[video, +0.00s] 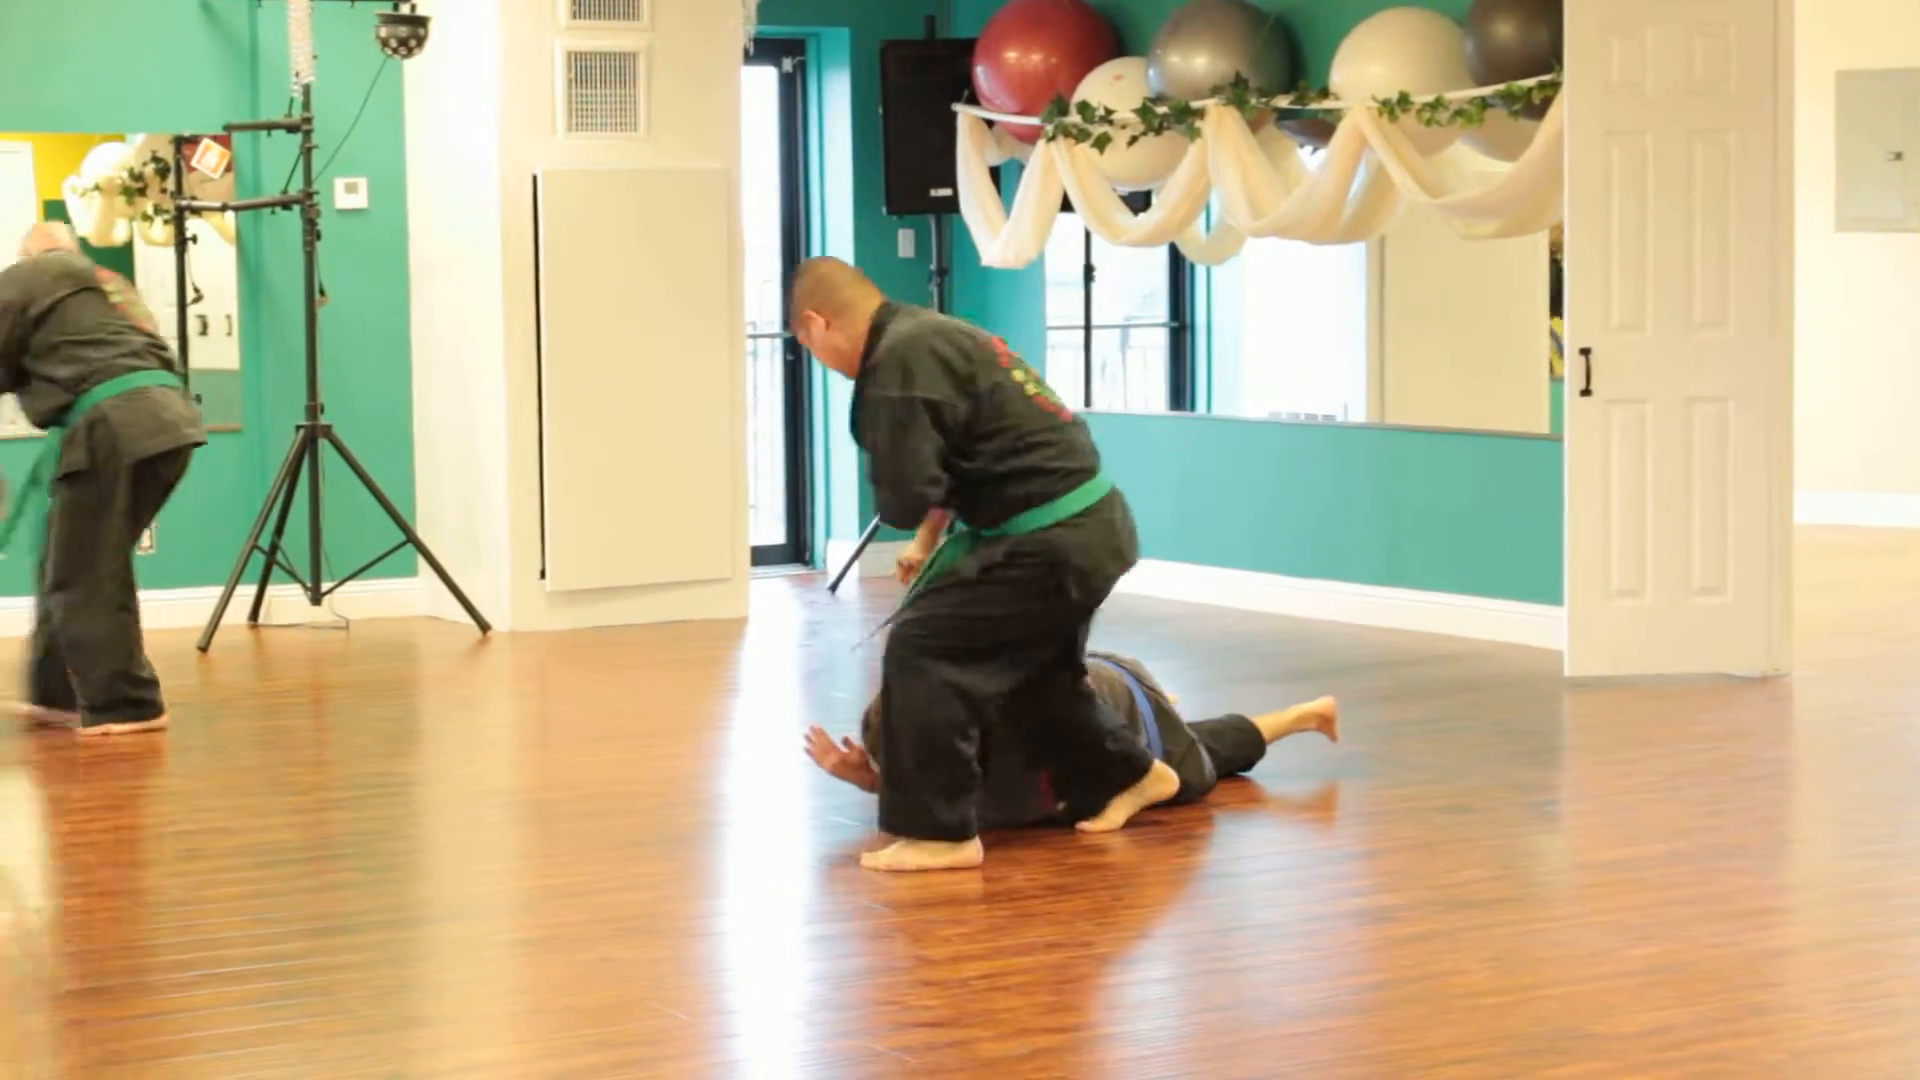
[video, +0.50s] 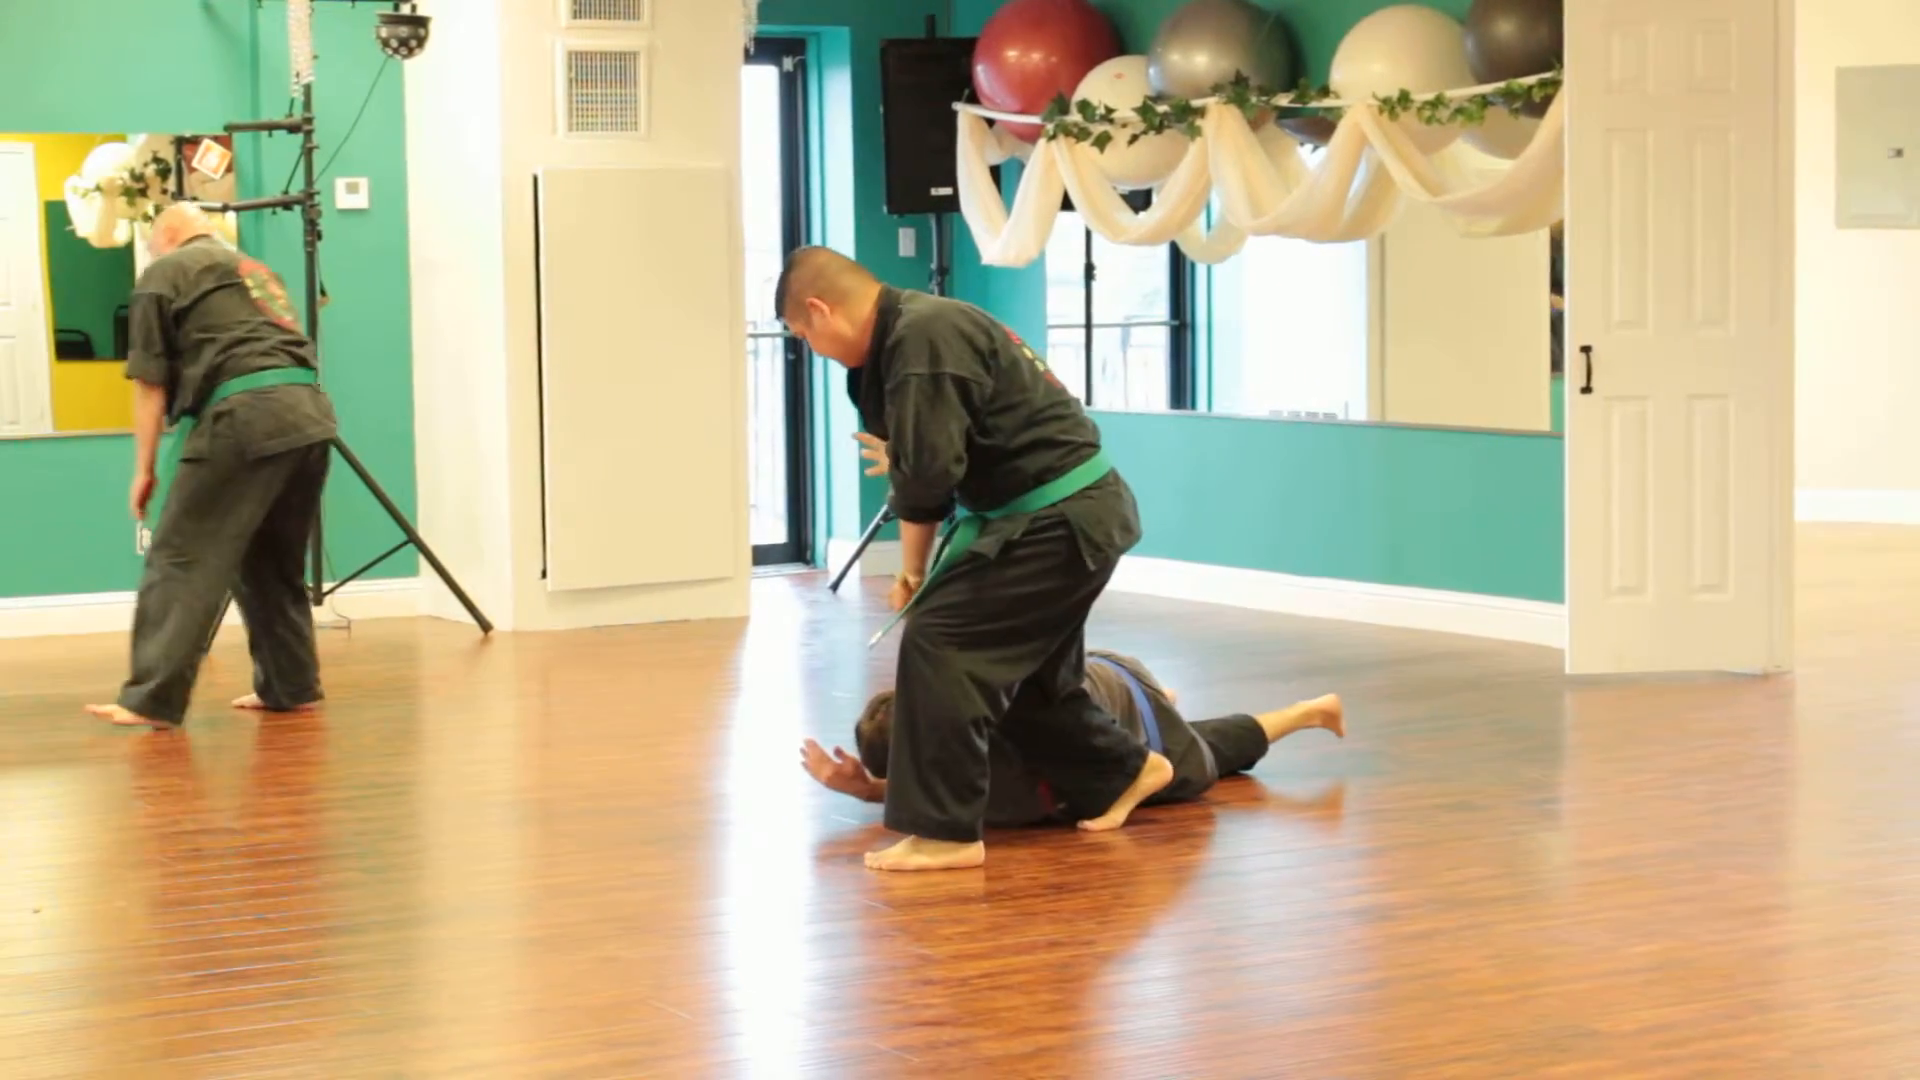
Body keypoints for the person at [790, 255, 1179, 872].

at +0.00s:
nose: (815, 356)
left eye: (806, 340)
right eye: (806, 343)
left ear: (820, 322)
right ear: (865, 298)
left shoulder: (897, 364)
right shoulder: (931, 331)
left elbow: (911, 497)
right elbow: (972, 448)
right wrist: (929, 537)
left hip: (1052, 542)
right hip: (1093, 524)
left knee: (919, 645)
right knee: (1034, 670)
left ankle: (938, 831)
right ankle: (1127, 775)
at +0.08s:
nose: (816, 364)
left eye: (806, 349)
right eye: (806, 353)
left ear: (822, 324)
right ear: (853, 301)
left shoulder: (917, 354)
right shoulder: (925, 333)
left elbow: (931, 487)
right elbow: (934, 467)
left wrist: (922, 552)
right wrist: (921, 550)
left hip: (1068, 523)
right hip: (1093, 512)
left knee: (940, 640)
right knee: (1038, 665)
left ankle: (944, 829)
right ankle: (1127, 770)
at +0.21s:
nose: (819, 360)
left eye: (809, 346)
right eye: (808, 349)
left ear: (826, 318)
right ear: (845, 302)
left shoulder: (928, 347)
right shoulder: (910, 346)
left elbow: (945, 484)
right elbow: (917, 462)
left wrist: (904, 474)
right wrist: (918, 552)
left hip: (1077, 510)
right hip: (1088, 503)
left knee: (954, 638)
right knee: (1041, 668)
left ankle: (950, 832)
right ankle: (1132, 769)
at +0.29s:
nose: (820, 356)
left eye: (810, 341)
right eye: (809, 345)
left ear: (828, 314)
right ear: (845, 300)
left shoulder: (931, 343)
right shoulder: (907, 348)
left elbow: (944, 478)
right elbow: (917, 464)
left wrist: (900, 478)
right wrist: (915, 556)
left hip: (1076, 511)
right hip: (1079, 507)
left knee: (950, 634)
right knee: (1040, 668)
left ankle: (949, 830)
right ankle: (1132, 768)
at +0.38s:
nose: (821, 354)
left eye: (811, 339)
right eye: (810, 343)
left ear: (828, 311)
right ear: (847, 296)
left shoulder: (930, 340)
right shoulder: (913, 342)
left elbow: (935, 474)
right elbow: (919, 471)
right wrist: (914, 564)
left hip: (1072, 512)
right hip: (1075, 509)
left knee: (944, 635)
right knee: (1029, 669)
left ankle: (947, 830)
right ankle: (1130, 768)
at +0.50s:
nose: (815, 352)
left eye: (804, 336)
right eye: (804, 340)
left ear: (822, 309)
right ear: (844, 294)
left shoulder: (923, 337)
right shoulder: (910, 338)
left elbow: (924, 477)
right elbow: (917, 476)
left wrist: (912, 574)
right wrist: (915, 571)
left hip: (1063, 513)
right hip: (1068, 510)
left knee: (936, 636)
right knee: (1025, 678)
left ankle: (944, 830)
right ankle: (1126, 767)